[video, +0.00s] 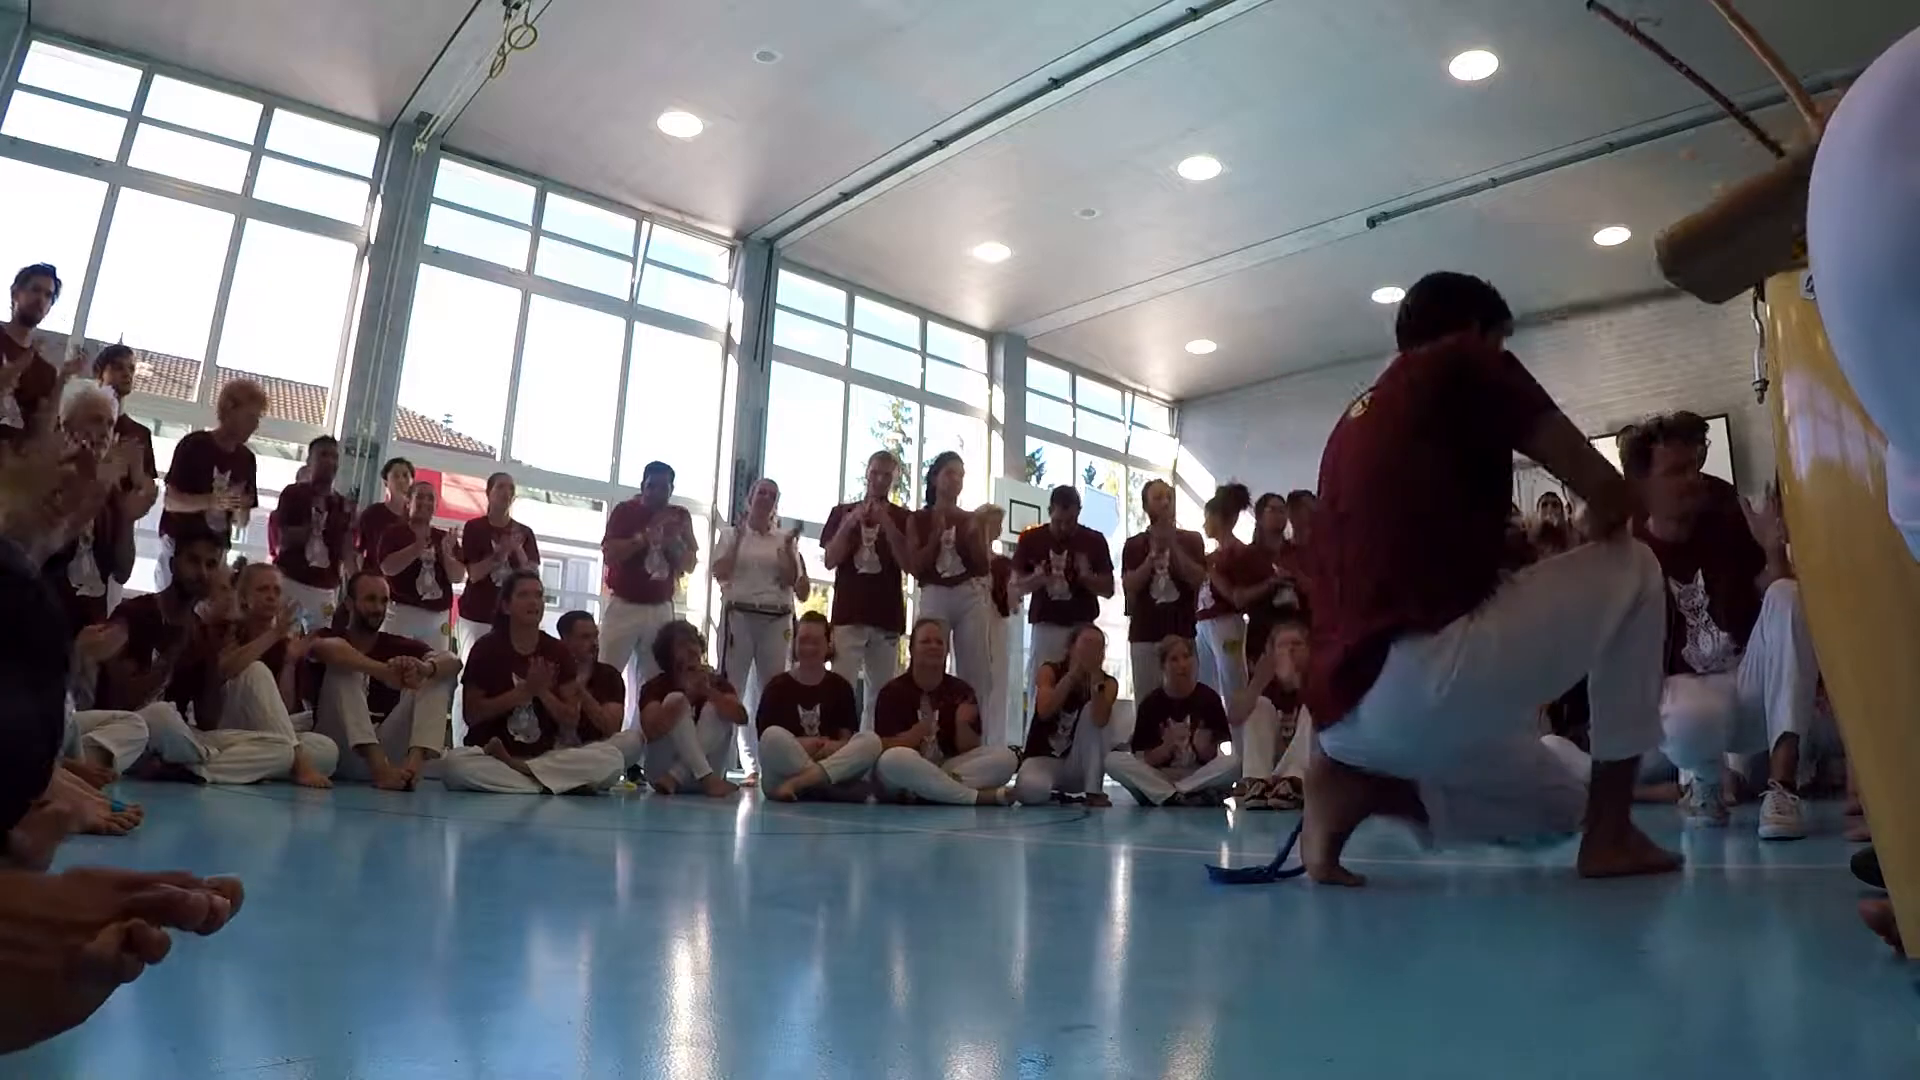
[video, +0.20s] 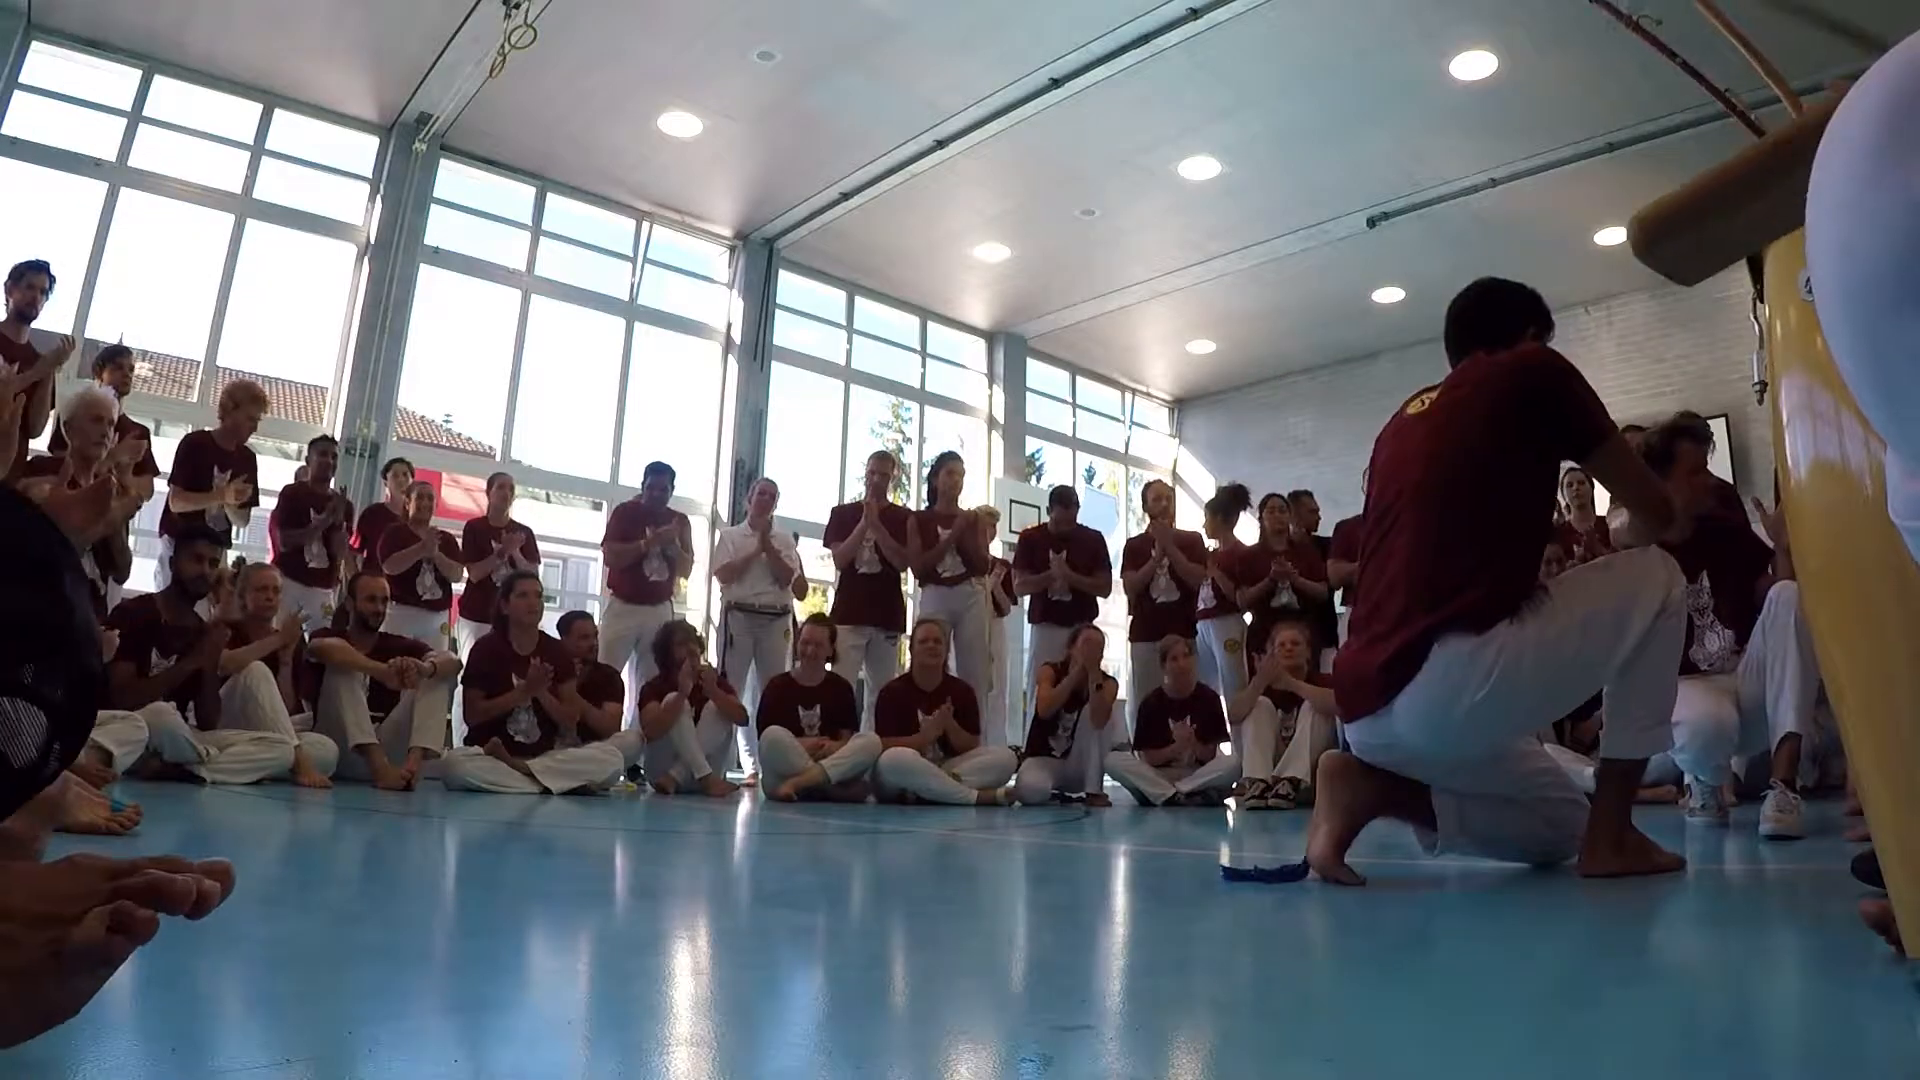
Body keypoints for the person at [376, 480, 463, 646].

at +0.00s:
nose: (425, 503)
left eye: (430, 499)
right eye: (420, 497)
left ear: (435, 505)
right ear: (409, 502)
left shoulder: (445, 538)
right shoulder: (394, 533)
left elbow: (457, 577)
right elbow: (387, 568)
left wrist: (448, 553)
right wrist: (417, 547)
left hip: (437, 614)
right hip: (401, 610)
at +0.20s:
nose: (425, 503)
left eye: (430, 499)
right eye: (419, 498)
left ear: (435, 504)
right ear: (407, 503)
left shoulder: (446, 538)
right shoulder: (395, 533)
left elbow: (457, 575)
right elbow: (389, 567)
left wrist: (436, 554)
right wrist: (422, 549)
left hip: (436, 614)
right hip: (401, 610)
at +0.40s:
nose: (425, 502)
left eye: (430, 498)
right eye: (419, 497)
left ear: (435, 504)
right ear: (407, 502)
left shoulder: (444, 538)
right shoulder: (395, 533)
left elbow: (456, 577)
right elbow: (387, 568)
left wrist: (449, 551)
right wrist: (418, 546)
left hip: (436, 614)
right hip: (401, 610)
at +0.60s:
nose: (424, 502)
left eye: (429, 498)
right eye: (419, 497)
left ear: (435, 504)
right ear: (407, 503)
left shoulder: (446, 539)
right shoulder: (395, 533)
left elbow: (458, 575)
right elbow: (389, 567)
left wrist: (436, 553)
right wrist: (421, 547)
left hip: (436, 615)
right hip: (401, 611)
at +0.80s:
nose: (424, 502)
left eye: (429, 498)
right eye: (418, 497)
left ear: (434, 504)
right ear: (407, 503)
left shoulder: (445, 538)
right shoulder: (395, 533)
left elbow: (457, 578)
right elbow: (389, 568)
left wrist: (450, 551)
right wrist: (420, 544)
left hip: (437, 614)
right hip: (401, 610)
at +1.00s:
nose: (423, 503)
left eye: (428, 499)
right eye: (417, 498)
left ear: (434, 504)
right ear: (408, 503)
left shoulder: (447, 538)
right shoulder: (395, 533)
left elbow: (459, 575)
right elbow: (388, 567)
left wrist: (437, 551)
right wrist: (422, 549)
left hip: (437, 614)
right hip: (401, 610)